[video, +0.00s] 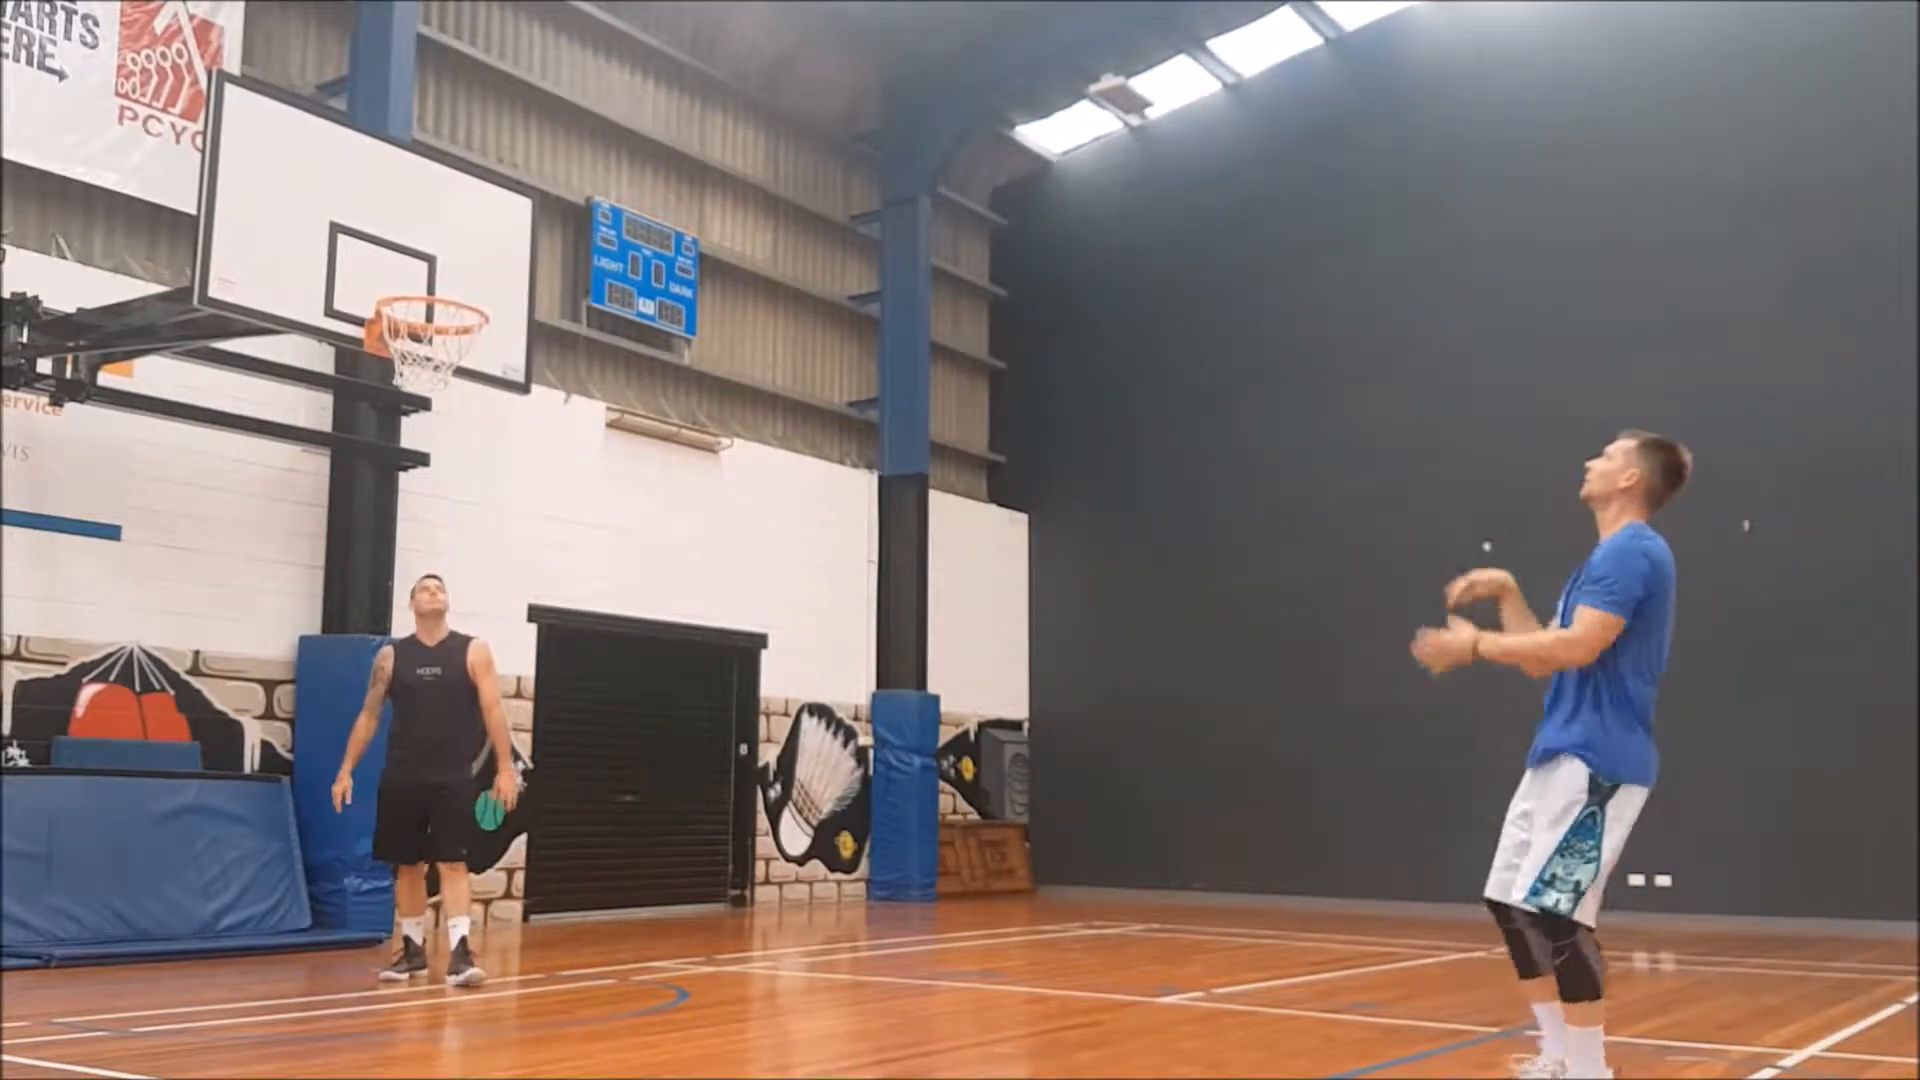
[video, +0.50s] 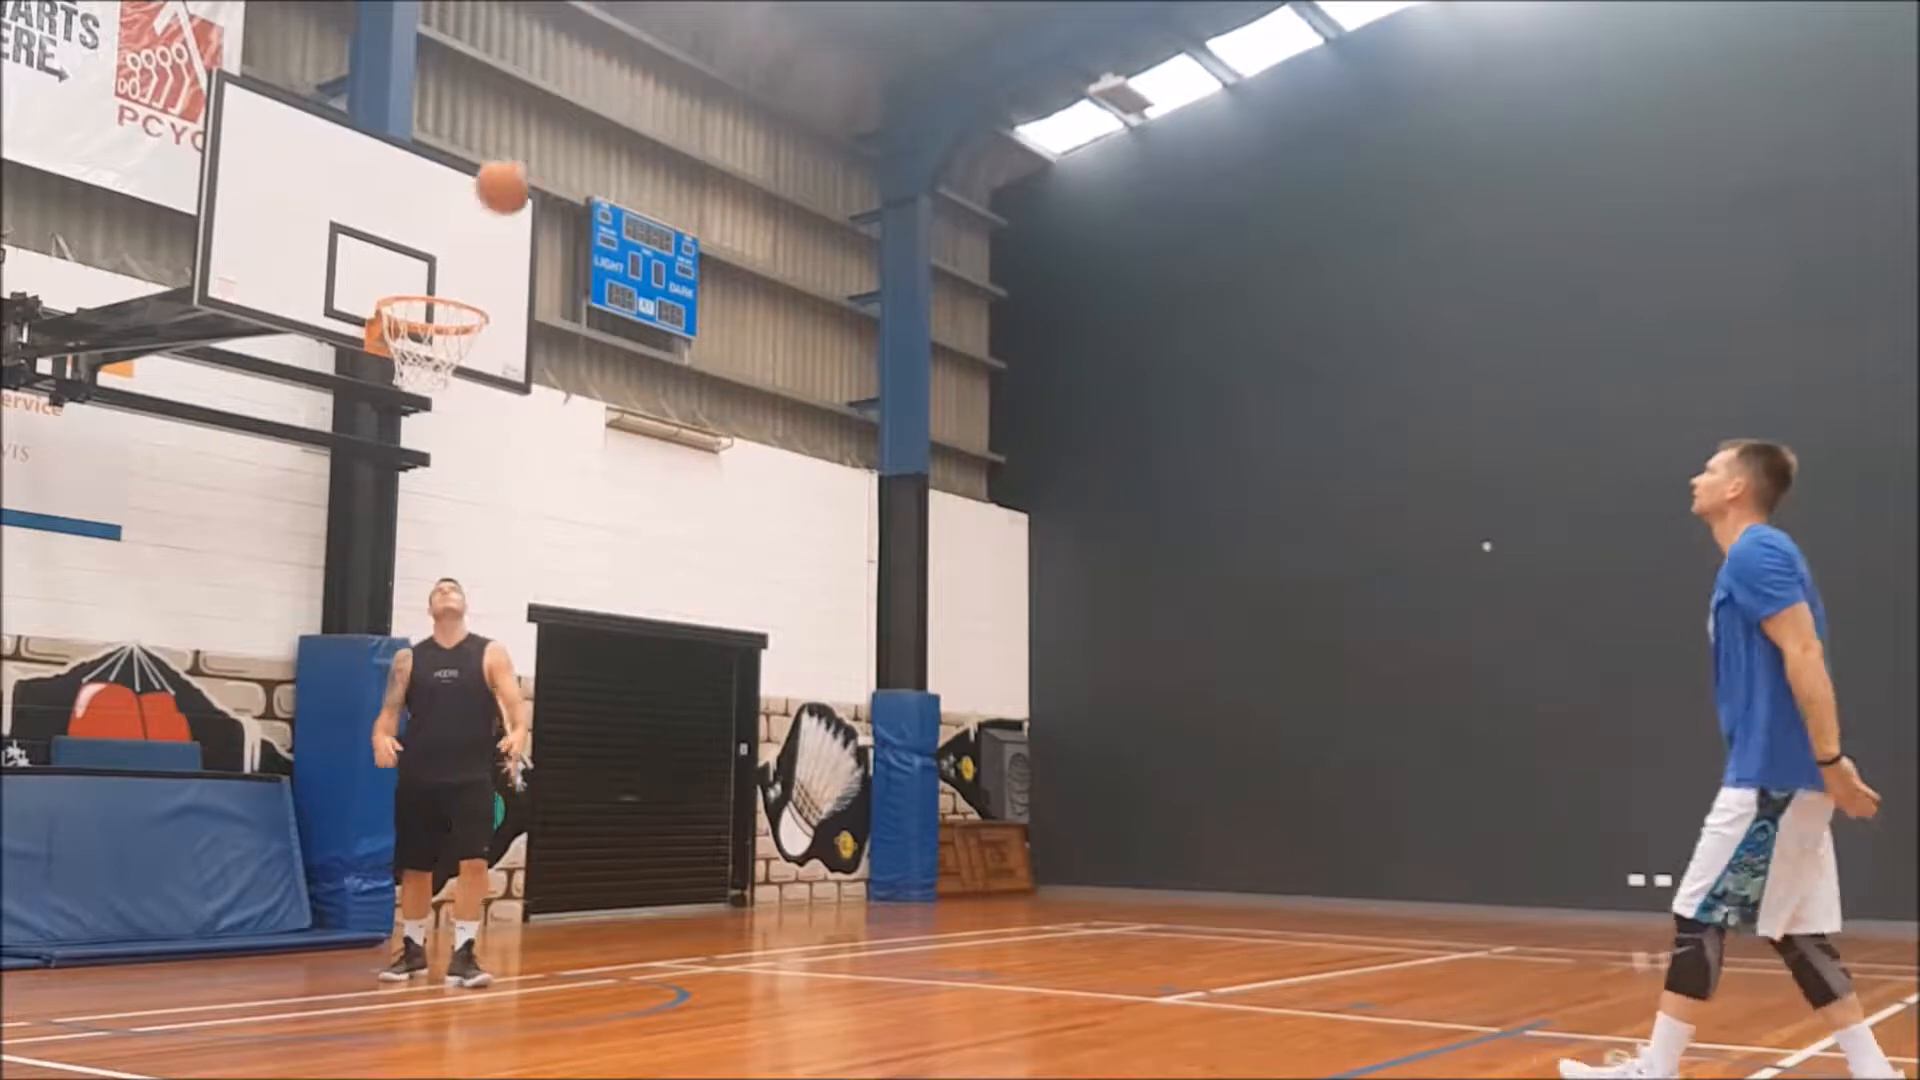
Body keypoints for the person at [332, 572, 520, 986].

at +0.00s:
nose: (433, 593)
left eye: (439, 589)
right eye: (425, 590)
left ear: (449, 603)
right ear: (411, 605)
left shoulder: (474, 651)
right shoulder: (391, 655)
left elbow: (493, 711)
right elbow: (369, 716)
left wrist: (505, 768)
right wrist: (346, 770)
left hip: (453, 776)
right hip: (402, 777)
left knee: (452, 862)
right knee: (408, 864)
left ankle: (460, 954)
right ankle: (413, 952)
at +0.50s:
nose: (447, 591)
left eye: (455, 589)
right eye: (440, 590)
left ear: (467, 608)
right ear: (429, 609)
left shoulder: (490, 653)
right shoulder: (409, 658)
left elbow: (515, 706)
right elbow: (390, 710)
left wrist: (519, 732)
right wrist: (382, 736)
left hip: (472, 778)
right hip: (418, 777)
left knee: (473, 861)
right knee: (415, 866)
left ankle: (463, 956)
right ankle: (413, 952)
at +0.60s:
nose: (459, 588)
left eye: (467, 587)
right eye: (452, 587)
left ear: (479, 607)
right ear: (442, 606)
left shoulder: (499, 651)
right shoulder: (420, 655)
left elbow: (532, 701)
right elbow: (392, 715)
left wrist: (517, 711)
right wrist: (381, 698)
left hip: (480, 771)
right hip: (427, 769)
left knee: (482, 862)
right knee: (417, 862)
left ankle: (463, 957)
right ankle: (413, 947)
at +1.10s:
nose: (482, 611)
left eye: (491, 603)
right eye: (479, 603)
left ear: (514, 607)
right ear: (476, 606)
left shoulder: (539, 651)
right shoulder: (458, 660)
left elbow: (529, 698)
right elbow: (415, 710)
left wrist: (475, 705)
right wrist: (372, 755)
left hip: (521, 785)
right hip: (471, 781)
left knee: (503, 881)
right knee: (478, 859)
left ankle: (467, 957)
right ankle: (477, 949)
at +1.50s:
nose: (508, 625)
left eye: (516, 616)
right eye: (500, 617)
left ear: (531, 621)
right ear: (489, 623)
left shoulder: (556, 666)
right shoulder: (472, 672)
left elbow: (549, 730)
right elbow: (455, 722)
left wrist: (491, 728)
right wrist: (425, 716)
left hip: (543, 788)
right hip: (493, 784)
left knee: (541, 896)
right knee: (520, 856)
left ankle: (500, 930)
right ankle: (508, 972)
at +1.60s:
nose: (523, 615)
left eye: (529, 607)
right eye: (513, 607)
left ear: (538, 613)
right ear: (495, 615)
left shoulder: (560, 657)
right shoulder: (478, 661)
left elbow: (558, 722)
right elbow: (454, 741)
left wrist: (516, 697)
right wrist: (466, 689)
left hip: (543, 782)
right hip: (494, 781)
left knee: (550, 885)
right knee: (517, 858)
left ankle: (504, 927)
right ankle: (510, 972)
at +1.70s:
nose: (534, 605)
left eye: (538, 597)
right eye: (524, 597)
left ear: (546, 603)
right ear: (501, 608)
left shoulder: (566, 646)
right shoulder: (488, 659)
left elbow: (571, 707)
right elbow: (494, 725)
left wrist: (555, 663)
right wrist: (516, 666)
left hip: (544, 776)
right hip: (495, 777)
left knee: (558, 872)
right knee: (515, 858)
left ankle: (528, 941)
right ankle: (507, 972)